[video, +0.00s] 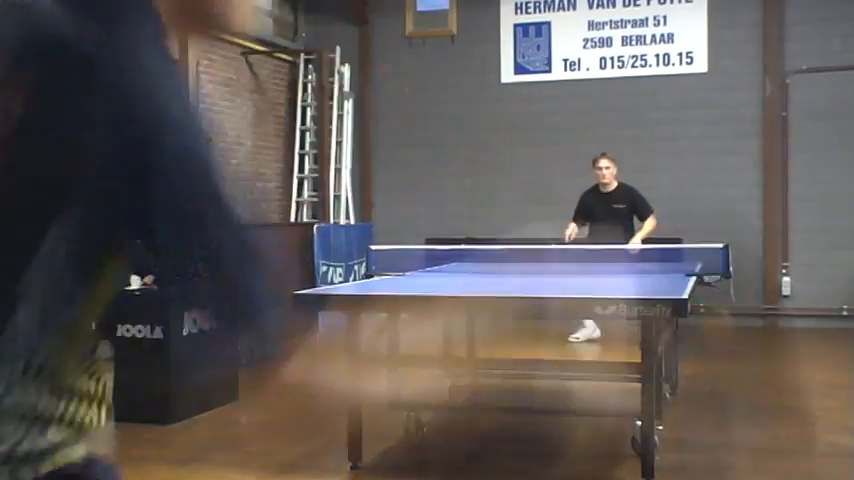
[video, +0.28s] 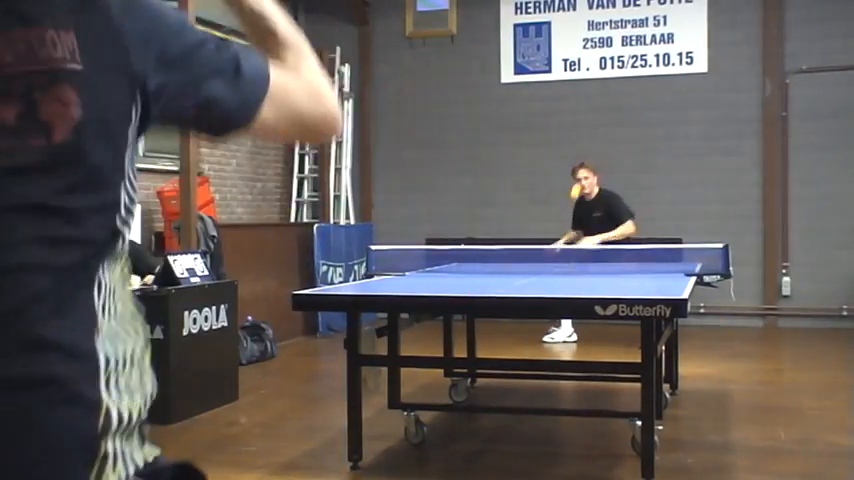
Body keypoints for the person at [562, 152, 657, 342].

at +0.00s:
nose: (603, 172)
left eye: (607, 168)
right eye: (599, 169)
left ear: (615, 170)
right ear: (594, 172)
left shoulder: (628, 193)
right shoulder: (588, 196)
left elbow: (651, 220)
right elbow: (578, 221)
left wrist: (637, 238)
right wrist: (572, 229)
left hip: (621, 254)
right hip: (592, 255)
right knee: (577, 280)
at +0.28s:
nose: (583, 183)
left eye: (586, 178)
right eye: (579, 180)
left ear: (595, 178)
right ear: (575, 183)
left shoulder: (610, 198)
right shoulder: (580, 203)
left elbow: (630, 227)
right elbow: (577, 232)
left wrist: (597, 239)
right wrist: (561, 242)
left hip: (612, 256)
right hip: (589, 256)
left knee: (563, 270)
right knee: (558, 269)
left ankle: (566, 326)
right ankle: (565, 326)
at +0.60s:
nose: (581, 186)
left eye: (584, 181)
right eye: (579, 183)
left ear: (597, 181)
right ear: (578, 186)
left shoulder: (607, 195)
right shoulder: (597, 206)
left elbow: (602, 203)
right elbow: (598, 234)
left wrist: (569, 212)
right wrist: (574, 231)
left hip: (612, 256)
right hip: (604, 256)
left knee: (561, 274)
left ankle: (566, 326)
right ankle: (640, 316)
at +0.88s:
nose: (616, 169)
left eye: (621, 166)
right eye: (614, 165)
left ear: (631, 170)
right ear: (610, 168)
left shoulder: (636, 198)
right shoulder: (598, 184)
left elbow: (662, 221)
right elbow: (577, 177)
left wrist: (667, 202)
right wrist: (585, 151)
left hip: (622, 252)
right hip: (589, 249)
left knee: (650, 284)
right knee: (568, 281)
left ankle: (668, 327)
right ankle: (564, 329)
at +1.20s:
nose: (656, 165)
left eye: (661, 161)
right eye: (653, 161)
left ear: (670, 165)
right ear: (649, 164)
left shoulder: (677, 192)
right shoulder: (636, 184)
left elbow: (690, 219)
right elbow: (609, 189)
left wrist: (687, 224)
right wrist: (614, 169)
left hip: (662, 251)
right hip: (631, 249)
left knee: (674, 285)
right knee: (609, 283)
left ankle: (675, 325)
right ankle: (588, 325)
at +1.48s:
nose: (650, 178)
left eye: (652, 172)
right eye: (647, 173)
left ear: (666, 164)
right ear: (663, 166)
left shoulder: (687, 181)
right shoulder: (672, 180)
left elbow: (690, 227)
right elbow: (675, 216)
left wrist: (649, 237)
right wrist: (657, 228)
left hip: (715, 238)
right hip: (700, 237)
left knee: (690, 293)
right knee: (689, 293)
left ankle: (709, 351)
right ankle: (709, 350)